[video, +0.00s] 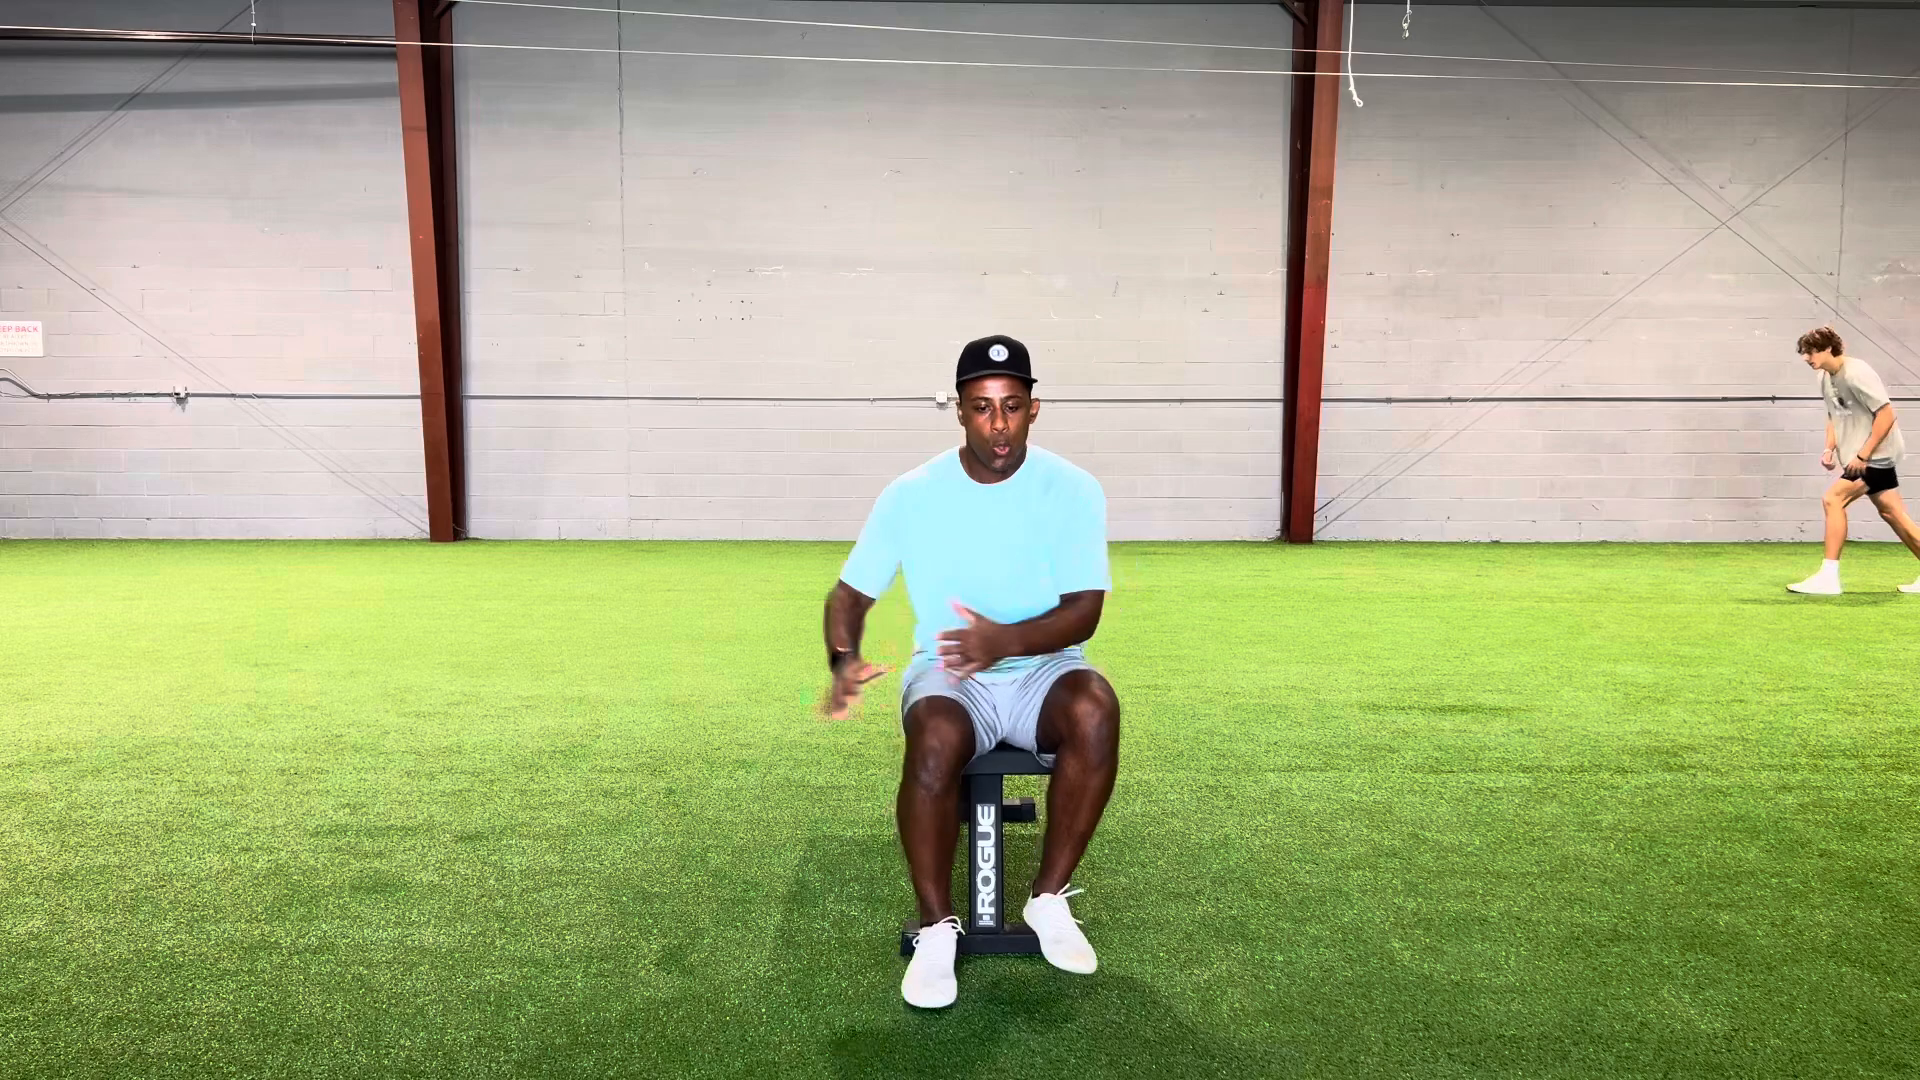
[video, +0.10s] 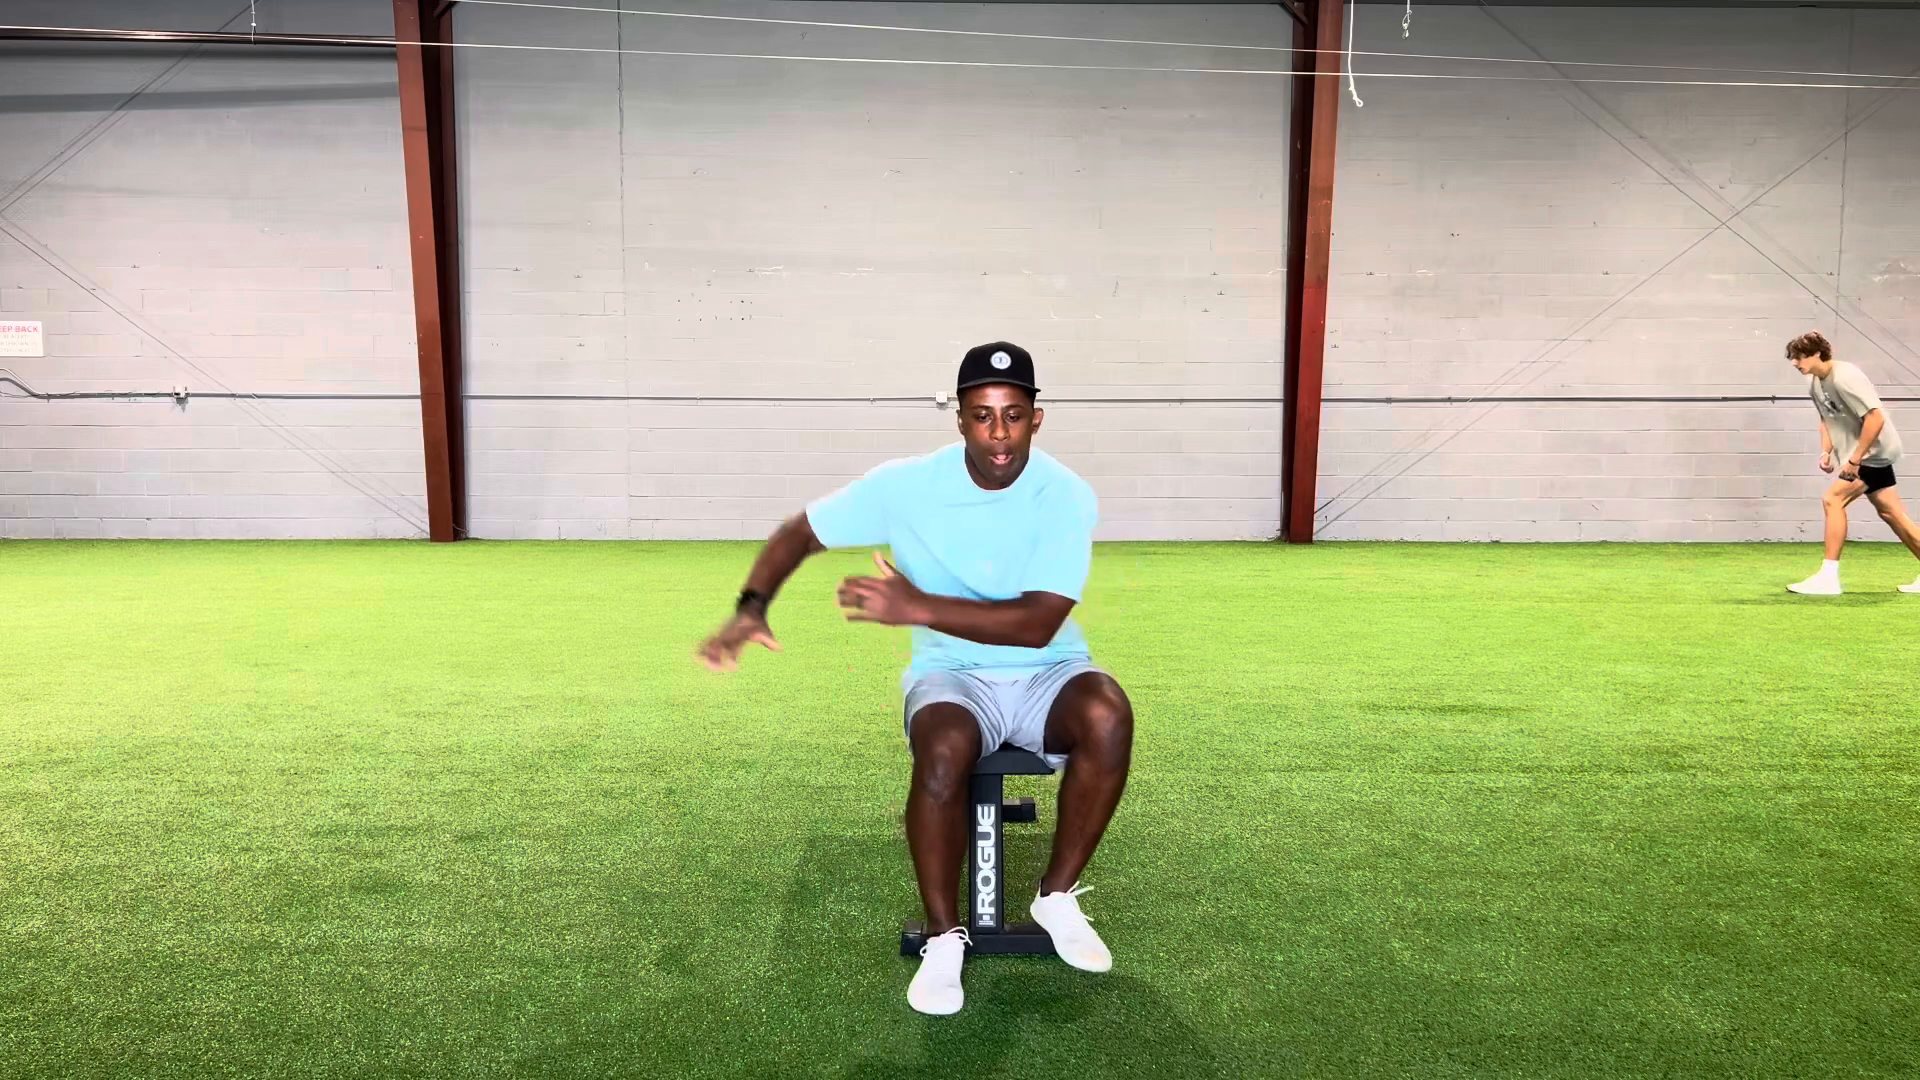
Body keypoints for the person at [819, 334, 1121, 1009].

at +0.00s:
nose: (998, 426)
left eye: (1012, 408)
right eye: (982, 409)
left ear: (1033, 410)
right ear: (959, 412)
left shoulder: (1074, 492)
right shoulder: (909, 497)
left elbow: (1084, 614)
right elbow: (848, 596)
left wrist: (1009, 639)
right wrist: (844, 656)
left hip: (1042, 673)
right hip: (946, 675)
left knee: (1095, 707)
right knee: (935, 741)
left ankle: (1050, 896)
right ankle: (935, 926)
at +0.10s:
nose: (999, 434)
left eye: (1013, 417)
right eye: (983, 418)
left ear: (1036, 419)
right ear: (960, 419)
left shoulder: (1067, 497)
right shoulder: (907, 486)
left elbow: (1037, 624)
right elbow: (800, 532)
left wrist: (919, 608)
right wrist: (752, 605)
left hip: (1047, 671)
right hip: (951, 668)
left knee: (1110, 715)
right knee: (945, 749)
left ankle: (1058, 893)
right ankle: (945, 935)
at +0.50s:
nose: (1071, 365)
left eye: (1085, 346)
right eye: (1050, 347)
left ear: (1104, 356)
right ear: (1021, 359)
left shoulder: (1134, 451)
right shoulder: (962, 440)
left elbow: (1087, 593)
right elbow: (871, 518)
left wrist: (954, 627)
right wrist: (819, 631)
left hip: (1083, 641)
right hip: (982, 637)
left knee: (1127, 773)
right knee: (976, 778)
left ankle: (1022, 909)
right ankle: (948, 944)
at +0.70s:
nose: (1166, 281)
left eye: (1178, 266)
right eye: (1146, 269)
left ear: (1196, 274)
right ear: (1109, 284)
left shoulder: (1250, 348)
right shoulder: (1074, 357)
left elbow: (1371, 378)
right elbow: (1041, 434)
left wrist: (1406, 351)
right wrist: (1164, 373)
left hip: (1189, 599)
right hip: (1070, 606)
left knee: (1311, 682)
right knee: (1008, 762)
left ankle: (1228, 851)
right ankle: (950, 942)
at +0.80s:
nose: (1273, 206)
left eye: (1284, 191)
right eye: (1251, 193)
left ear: (1299, 203)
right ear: (1208, 211)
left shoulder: (1339, 272)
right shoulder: (1172, 271)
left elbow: (1456, 271)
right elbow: (1142, 323)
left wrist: (1520, 234)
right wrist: (1285, 269)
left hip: (1283, 547)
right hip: (1163, 556)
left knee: (1432, 657)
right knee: (1071, 727)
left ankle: (1340, 807)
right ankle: (980, 915)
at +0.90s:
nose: (1365, 169)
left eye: (1373, 154)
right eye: (1343, 155)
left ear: (1383, 167)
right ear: (1298, 171)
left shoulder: (1419, 247)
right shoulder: (1258, 250)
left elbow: (1534, 284)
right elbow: (1248, 342)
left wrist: (1648, 288)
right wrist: (1393, 308)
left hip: (1382, 520)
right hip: (1262, 519)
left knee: (1512, 673)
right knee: (1164, 688)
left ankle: (1491, 835)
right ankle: (1064, 842)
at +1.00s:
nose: (1466, 194)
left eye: (1472, 178)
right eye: (1445, 178)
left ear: (1478, 187)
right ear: (1395, 191)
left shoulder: (1508, 272)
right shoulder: (1351, 279)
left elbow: (1580, 363)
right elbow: (1353, 414)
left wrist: (1668, 412)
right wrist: (1503, 395)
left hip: (1472, 540)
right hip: (1354, 533)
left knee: (1560, 717)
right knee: (1265, 702)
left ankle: (1624, 901)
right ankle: (1204, 794)